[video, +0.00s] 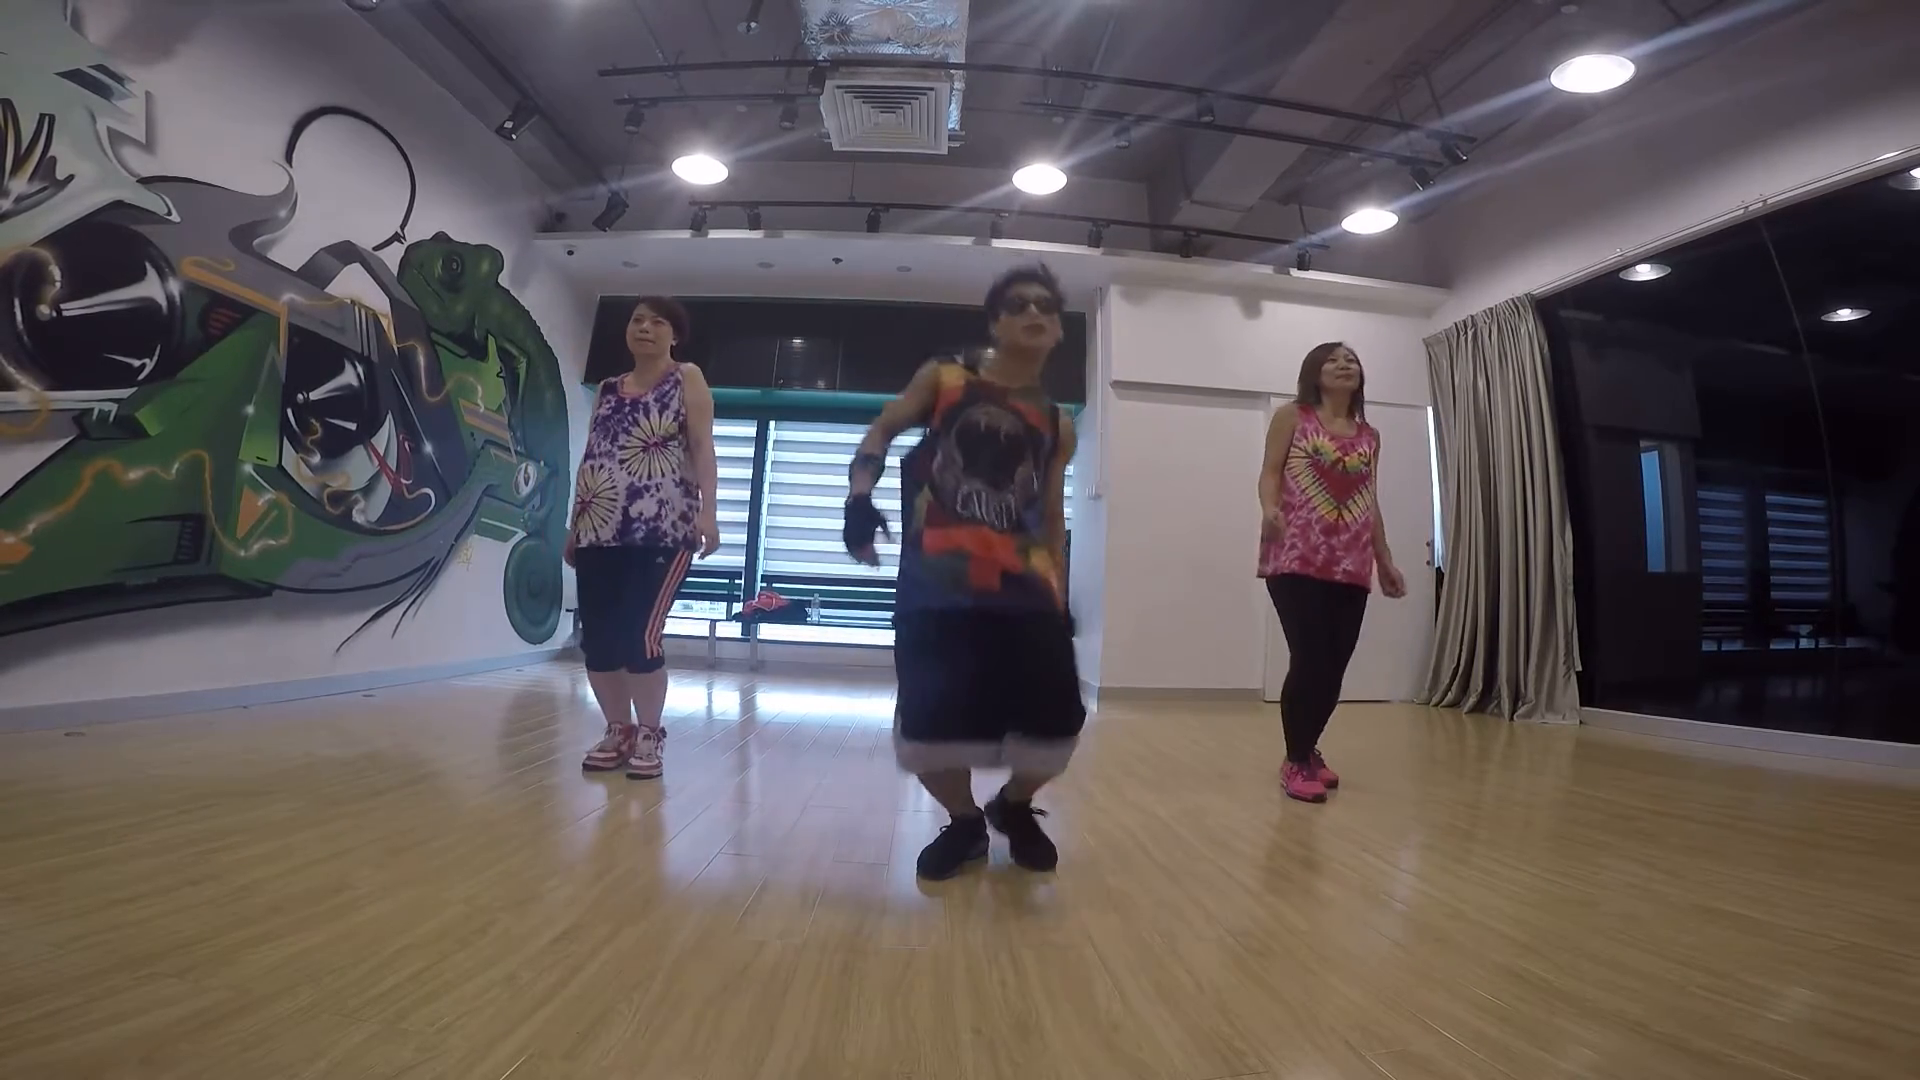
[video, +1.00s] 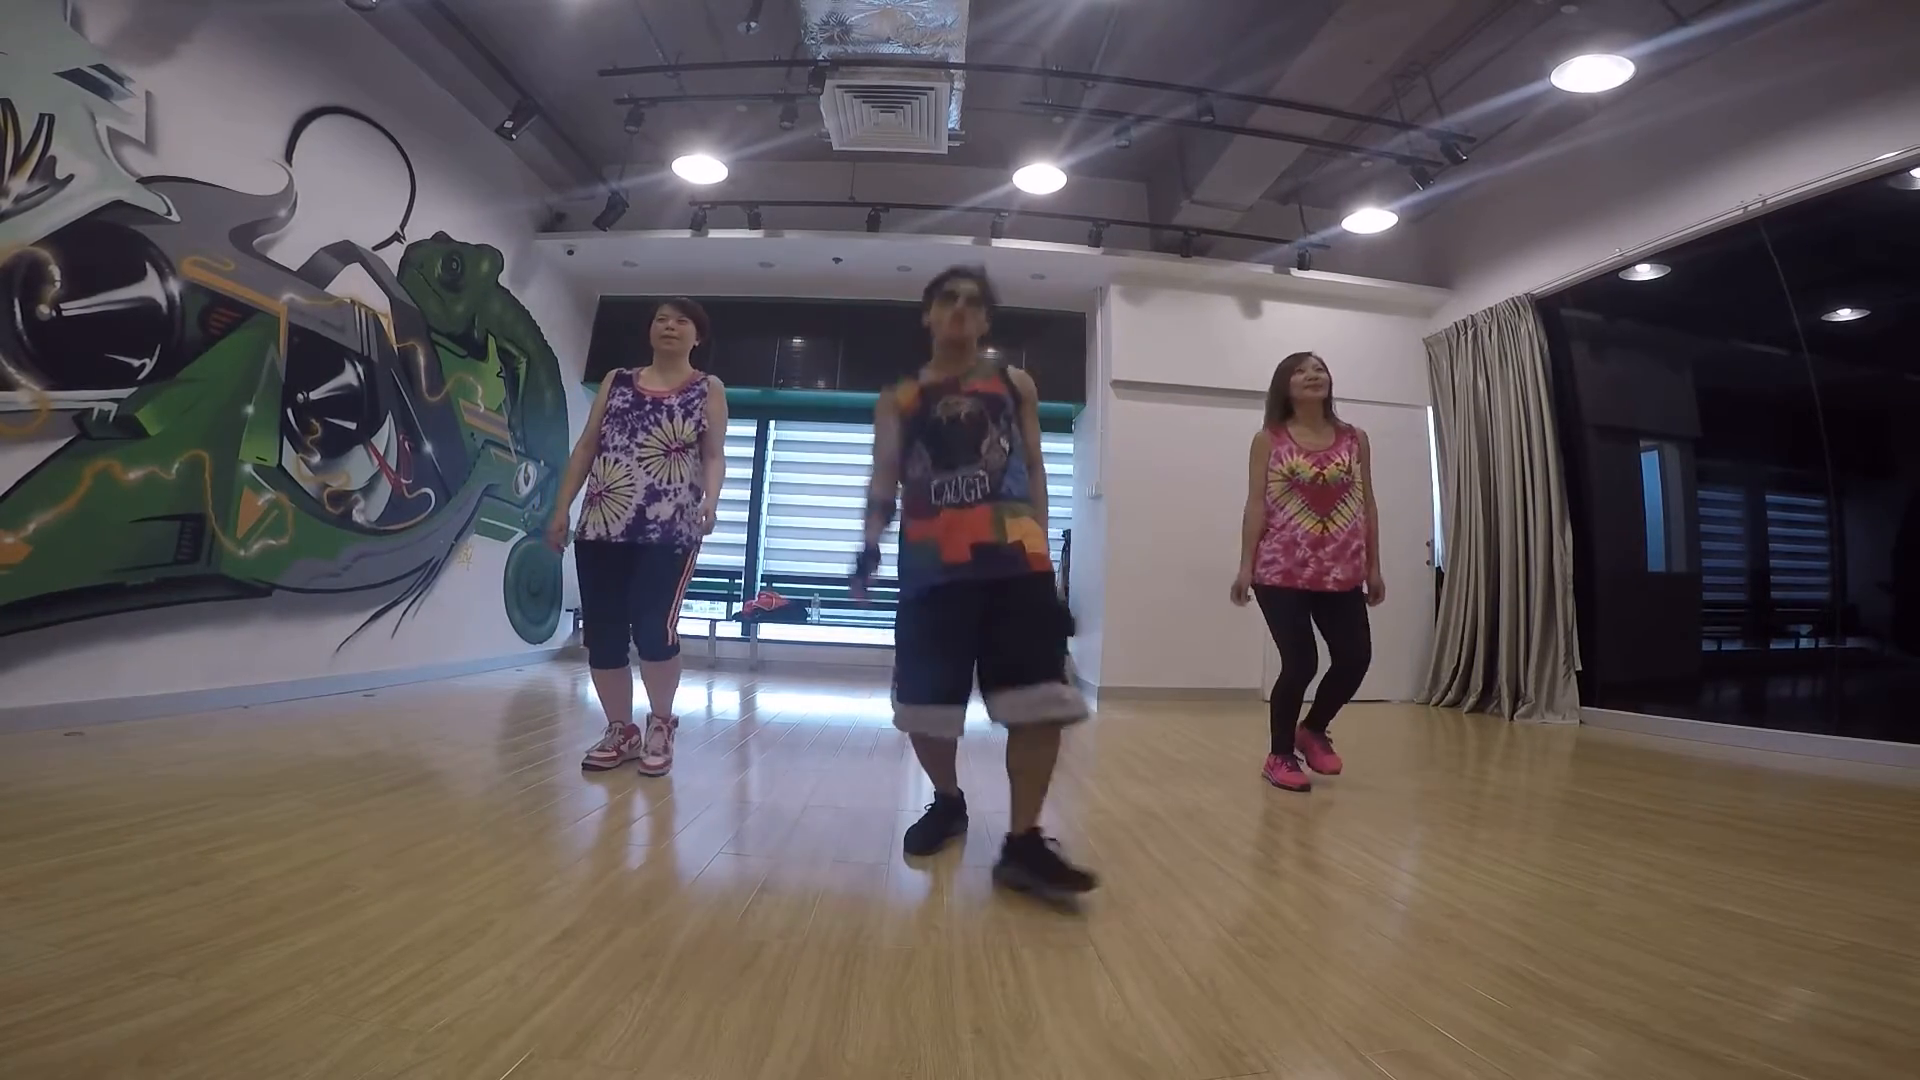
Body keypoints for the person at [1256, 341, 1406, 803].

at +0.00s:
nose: (1345, 365)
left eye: (1351, 360)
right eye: (1333, 361)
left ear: (1361, 375)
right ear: (1314, 376)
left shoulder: (1368, 434)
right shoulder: (1292, 417)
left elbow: (1370, 502)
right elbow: (1271, 472)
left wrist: (1385, 561)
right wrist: (1270, 509)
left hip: (1350, 565)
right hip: (1296, 559)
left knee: (1333, 665)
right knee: (1310, 658)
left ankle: (1308, 752)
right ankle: (1295, 762)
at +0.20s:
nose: (1343, 377)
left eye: (1350, 372)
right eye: (1332, 373)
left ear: (1360, 387)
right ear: (1313, 387)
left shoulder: (1366, 447)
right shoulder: (1291, 427)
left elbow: (1372, 513)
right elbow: (1273, 486)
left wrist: (1379, 575)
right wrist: (1273, 544)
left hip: (1354, 574)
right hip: (1300, 568)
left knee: (1345, 664)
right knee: (1337, 655)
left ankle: (1309, 753)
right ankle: (1302, 755)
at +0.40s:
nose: (1327, 373)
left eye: (1334, 368)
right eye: (1315, 370)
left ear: (1345, 383)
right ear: (1299, 386)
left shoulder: (1363, 440)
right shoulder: (1281, 432)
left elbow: (1379, 505)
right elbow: (1264, 497)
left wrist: (1393, 565)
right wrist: (1256, 558)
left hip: (1354, 568)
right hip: (1296, 564)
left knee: (1343, 660)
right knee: (1343, 651)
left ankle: (1308, 751)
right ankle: (1293, 742)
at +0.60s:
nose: (1315, 370)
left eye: (1321, 365)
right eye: (1303, 367)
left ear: (1334, 378)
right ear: (1287, 383)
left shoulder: (1360, 433)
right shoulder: (1274, 434)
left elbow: (1380, 494)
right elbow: (1262, 499)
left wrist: (1399, 545)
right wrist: (1251, 561)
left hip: (1350, 570)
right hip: (1291, 569)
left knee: (1331, 666)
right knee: (1309, 661)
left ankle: (1307, 751)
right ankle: (1282, 754)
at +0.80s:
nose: (1308, 372)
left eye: (1315, 366)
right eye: (1297, 369)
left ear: (1327, 378)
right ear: (1280, 384)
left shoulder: (1356, 431)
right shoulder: (1269, 438)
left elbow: (1374, 495)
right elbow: (1261, 504)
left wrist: (1384, 554)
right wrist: (1255, 568)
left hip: (1346, 570)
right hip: (1287, 570)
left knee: (1333, 669)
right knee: (1299, 663)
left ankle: (1306, 750)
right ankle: (1280, 755)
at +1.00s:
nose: (1313, 375)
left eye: (1319, 369)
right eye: (1300, 371)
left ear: (1330, 383)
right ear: (1284, 387)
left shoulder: (1354, 439)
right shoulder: (1268, 440)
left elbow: (1367, 505)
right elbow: (1256, 505)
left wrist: (1374, 567)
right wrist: (1246, 566)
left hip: (1339, 576)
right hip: (1279, 574)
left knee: (1355, 656)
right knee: (1300, 662)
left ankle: (1312, 729)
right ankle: (1280, 755)